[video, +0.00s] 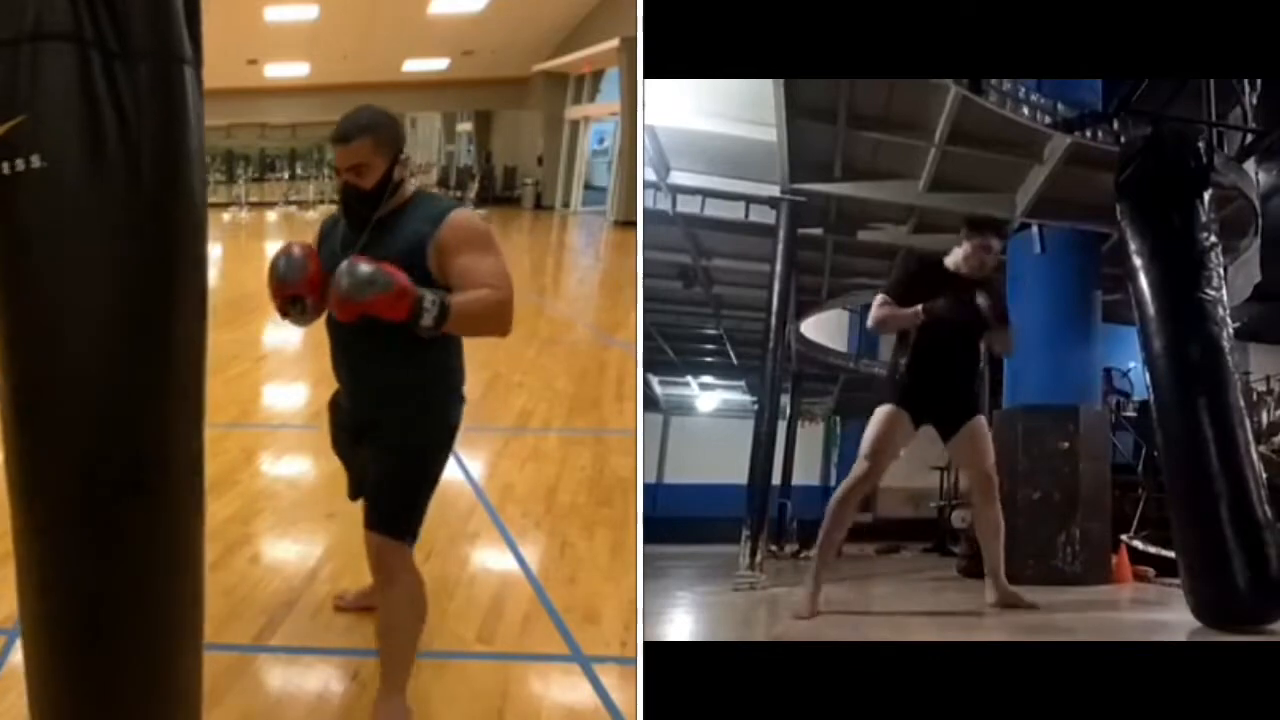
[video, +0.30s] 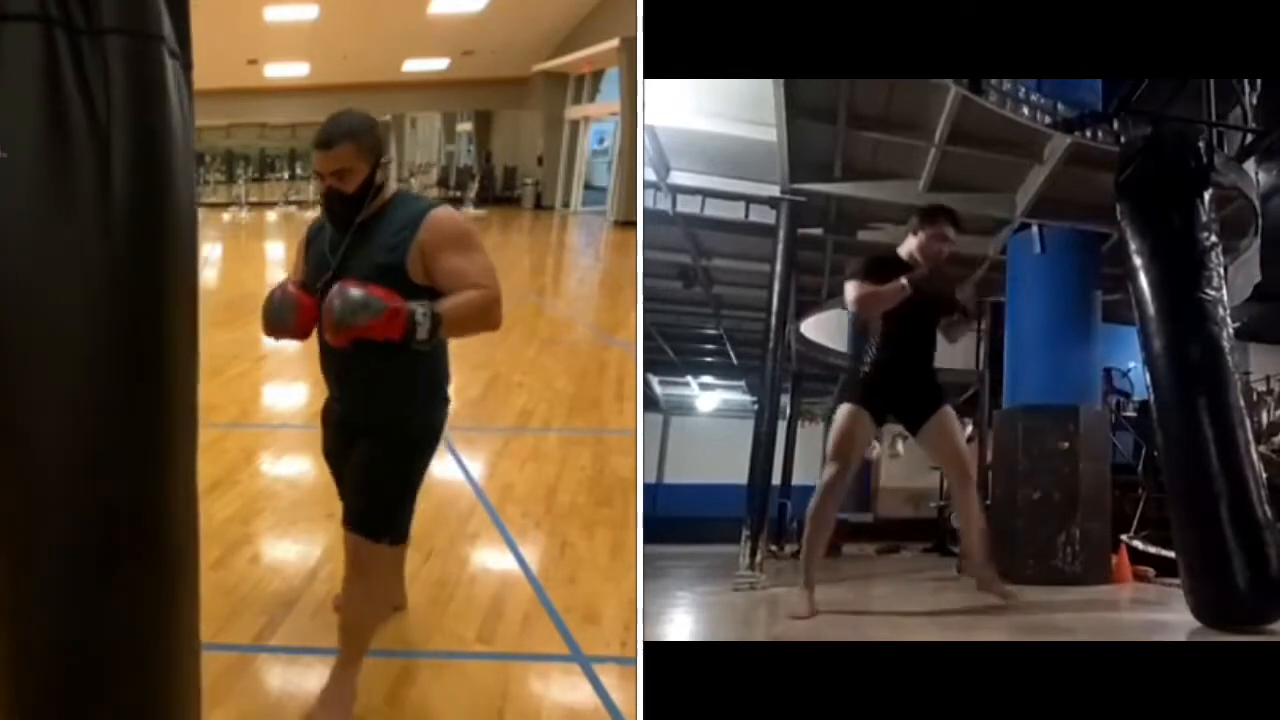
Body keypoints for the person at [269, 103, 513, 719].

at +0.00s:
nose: (346, 183)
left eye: (358, 172)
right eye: (340, 171)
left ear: (395, 162)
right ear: (336, 164)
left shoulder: (450, 225)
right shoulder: (338, 228)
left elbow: (498, 314)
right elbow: (306, 315)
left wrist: (415, 304)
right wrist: (295, 291)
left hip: (419, 404)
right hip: (357, 395)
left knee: (390, 552)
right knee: (373, 506)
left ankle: (392, 700)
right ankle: (387, 586)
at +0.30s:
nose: (329, 188)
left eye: (342, 176)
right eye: (322, 176)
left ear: (378, 166)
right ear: (316, 169)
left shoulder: (433, 227)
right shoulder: (320, 234)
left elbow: (486, 307)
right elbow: (306, 303)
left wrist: (405, 318)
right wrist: (288, 308)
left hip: (404, 404)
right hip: (344, 395)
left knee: (368, 542)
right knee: (363, 504)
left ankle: (343, 681)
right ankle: (385, 591)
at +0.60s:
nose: (319, 201)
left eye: (333, 188)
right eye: (311, 186)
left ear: (370, 178)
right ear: (304, 176)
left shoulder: (414, 237)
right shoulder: (304, 228)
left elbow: (424, 339)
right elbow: (243, 294)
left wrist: (365, 282)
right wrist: (239, 260)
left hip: (379, 420)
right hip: (317, 408)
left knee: (353, 557)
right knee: (333, 503)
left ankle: (339, 686)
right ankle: (376, 574)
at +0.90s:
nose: (303, 183)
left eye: (316, 171)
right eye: (296, 171)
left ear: (343, 172)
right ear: (282, 175)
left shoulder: (387, 235)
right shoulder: (274, 218)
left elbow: (367, 330)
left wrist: (334, 233)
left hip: (350, 425)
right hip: (286, 405)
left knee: (343, 561)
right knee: (282, 485)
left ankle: (335, 684)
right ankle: (293, 560)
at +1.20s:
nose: (262, 202)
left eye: (274, 191)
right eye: (253, 191)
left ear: (300, 179)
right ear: (242, 182)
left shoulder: (344, 231)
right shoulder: (241, 225)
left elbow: (379, 320)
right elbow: (216, 296)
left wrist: (327, 290)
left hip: (315, 400)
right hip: (256, 391)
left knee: (309, 535)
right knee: (271, 483)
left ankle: (325, 672)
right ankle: (282, 557)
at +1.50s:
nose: (258, 178)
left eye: (265, 165)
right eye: (247, 168)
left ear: (282, 162)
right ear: (230, 171)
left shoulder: (325, 211)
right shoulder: (221, 217)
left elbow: (353, 286)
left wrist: (306, 228)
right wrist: (230, 214)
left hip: (307, 380)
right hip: (245, 375)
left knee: (302, 518)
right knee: (258, 485)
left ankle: (304, 655)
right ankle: (282, 556)